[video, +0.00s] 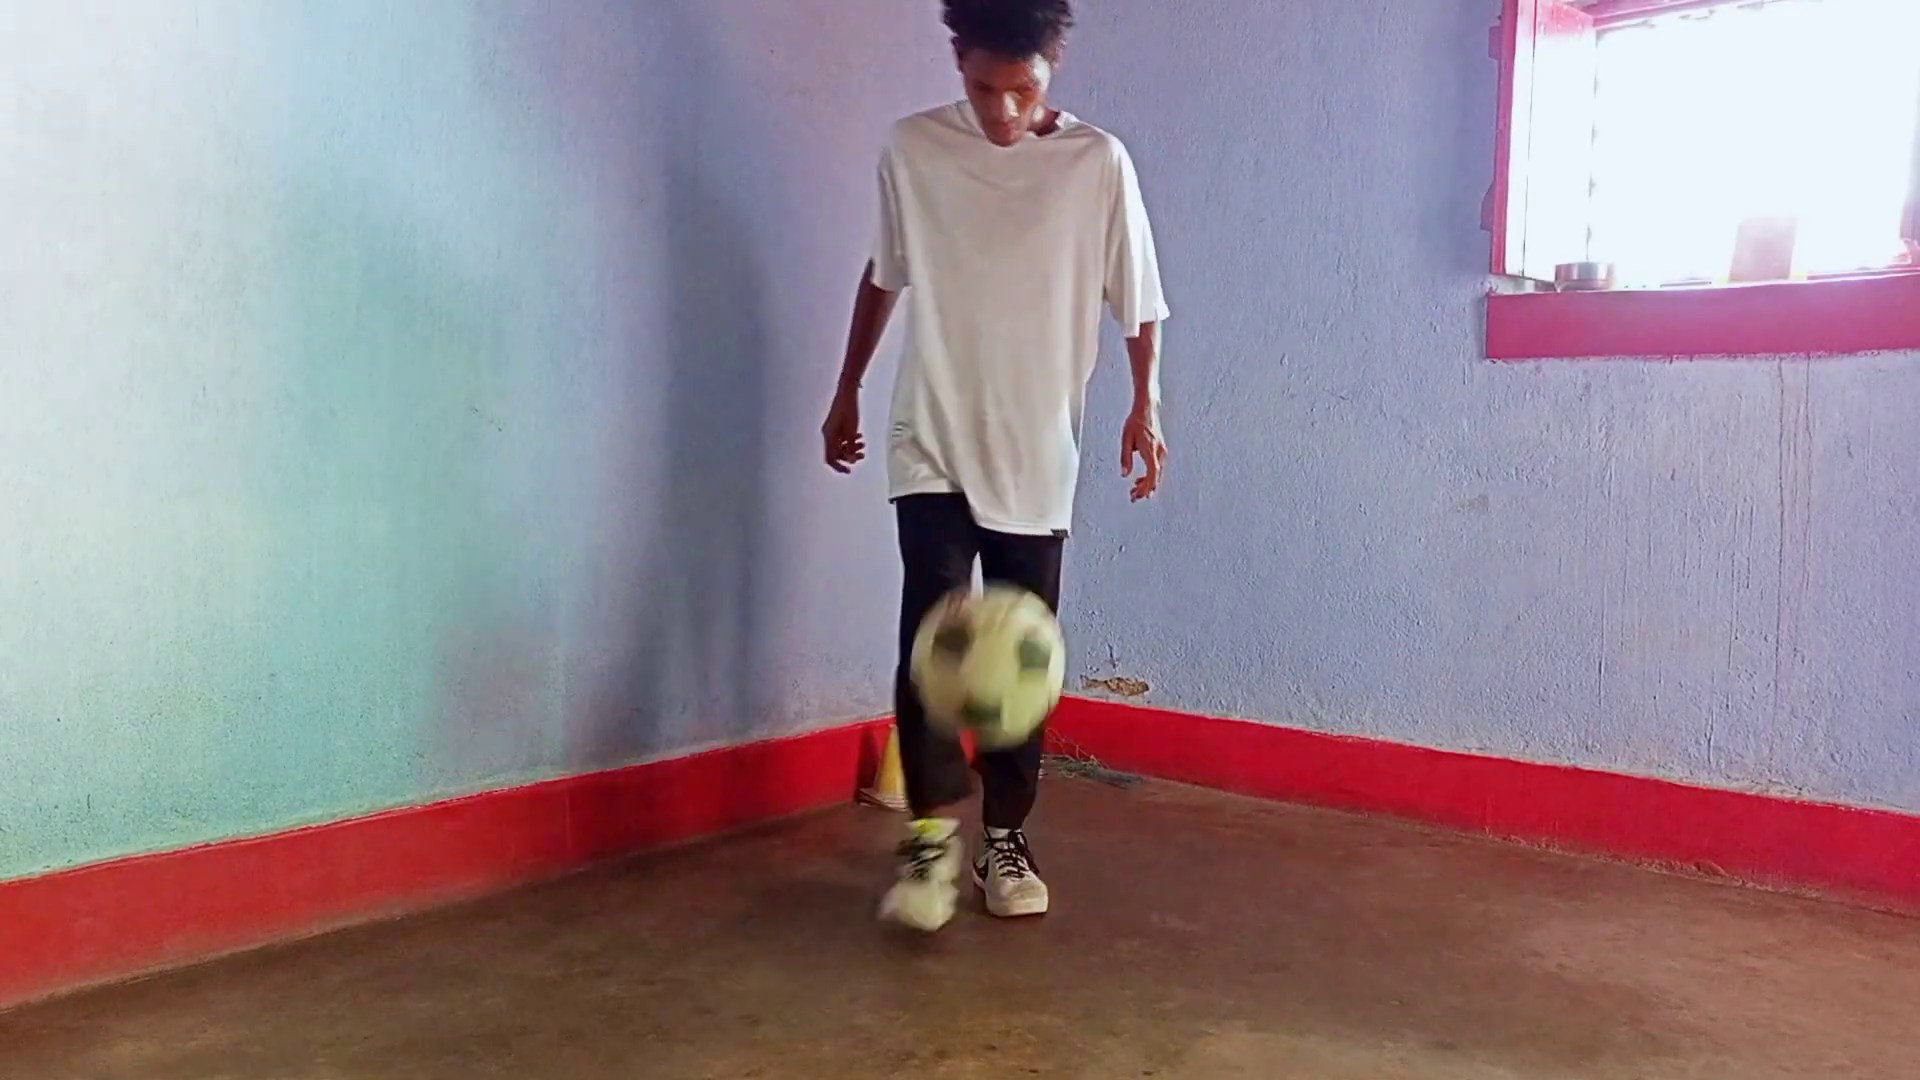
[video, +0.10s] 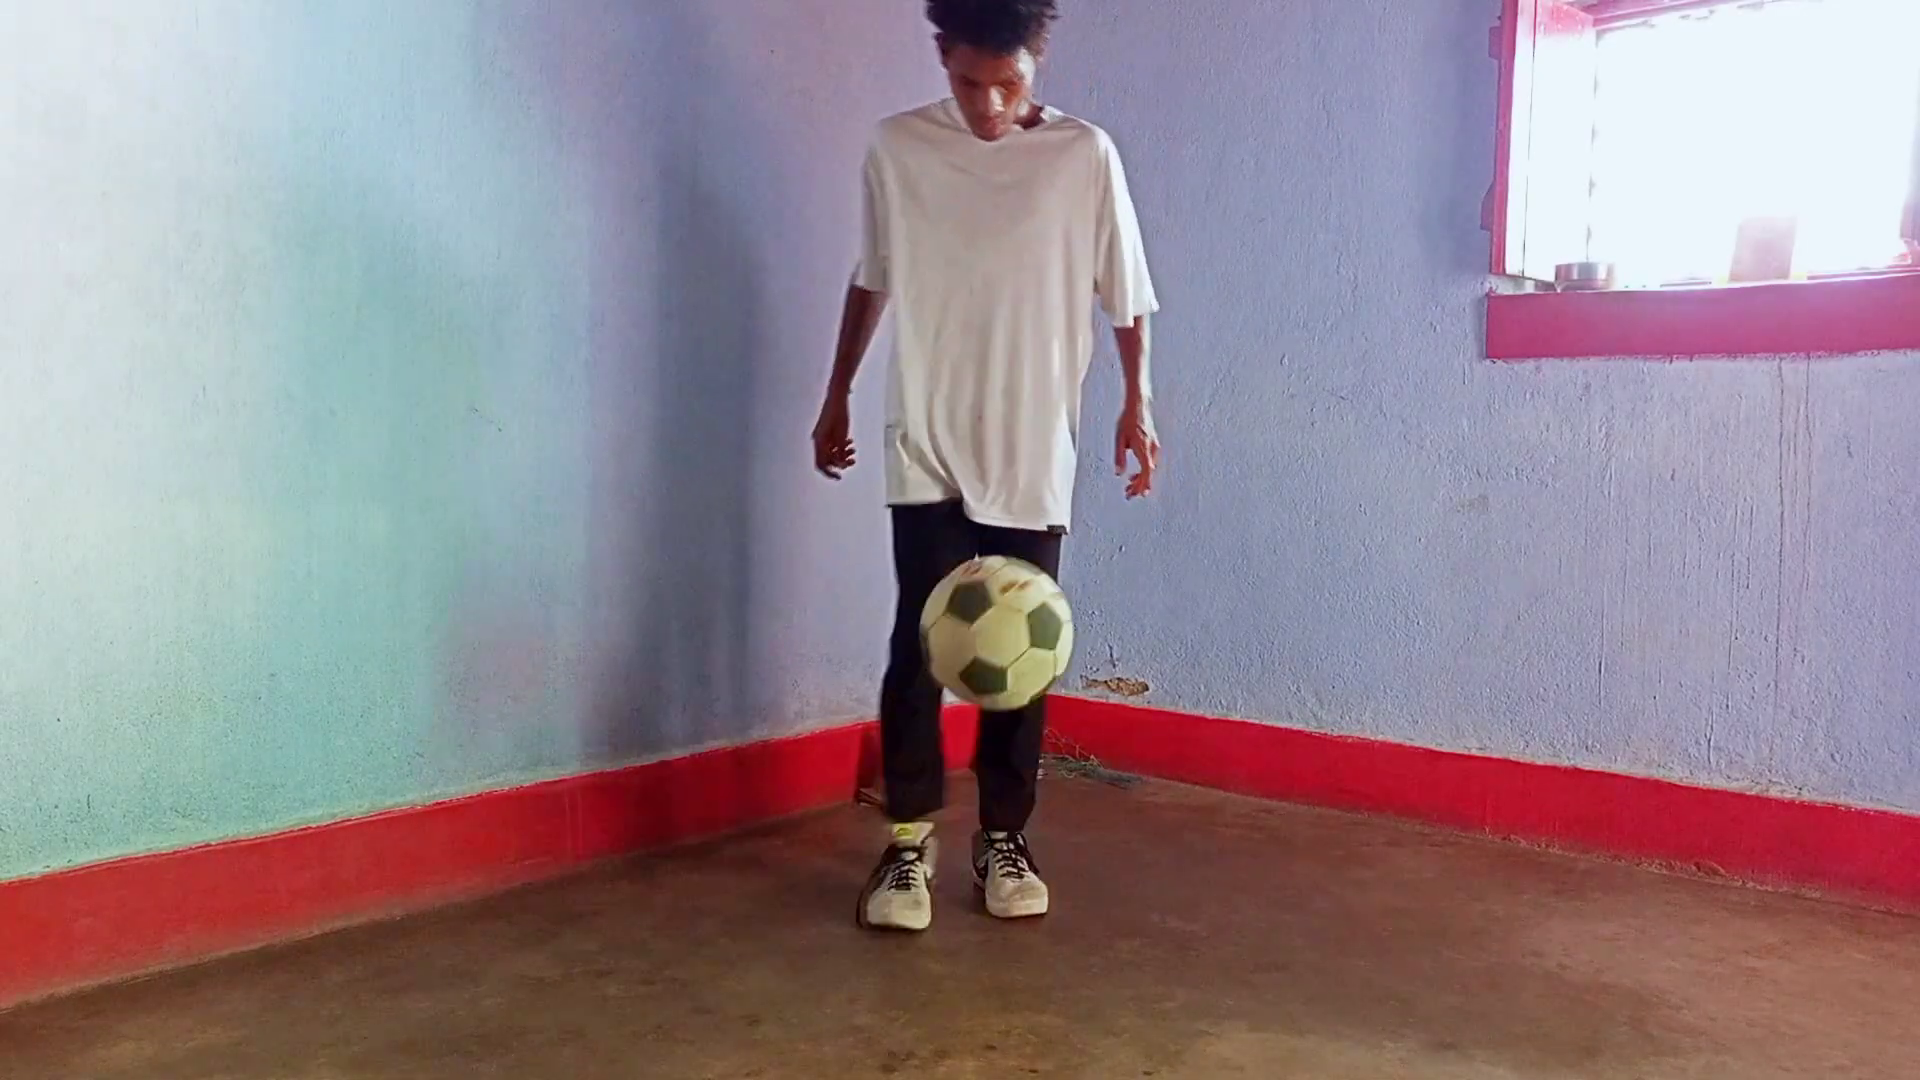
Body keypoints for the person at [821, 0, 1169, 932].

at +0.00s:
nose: (1004, 110)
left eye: (1024, 91)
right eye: (987, 89)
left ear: (1056, 67)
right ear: (960, 61)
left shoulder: (1098, 161)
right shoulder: (913, 148)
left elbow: (1138, 297)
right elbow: (883, 276)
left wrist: (1145, 408)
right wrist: (847, 391)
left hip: (1036, 439)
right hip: (929, 430)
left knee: (1026, 645)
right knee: (930, 630)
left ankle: (1006, 841)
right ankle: (930, 841)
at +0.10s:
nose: (989, 105)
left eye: (1007, 86)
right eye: (971, 85)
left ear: (1039, 60)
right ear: (943, 56)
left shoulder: (1085, 154)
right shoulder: (898, 147)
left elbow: (1127, 293)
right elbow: (871, 280)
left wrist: (1138, 409)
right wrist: (836, 395)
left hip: (1035, 442)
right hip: (926, 438)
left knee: (1022, 650)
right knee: (918, 646)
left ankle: (1005, 844)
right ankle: (910, 844)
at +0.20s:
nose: (972, 104)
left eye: (990, 85)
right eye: (954, 86)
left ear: (1018, 56)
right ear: (922, 56)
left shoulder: (1063, 149)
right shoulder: (876, 150)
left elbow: (1105, 287)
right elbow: (846, 290)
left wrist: (1120, 401)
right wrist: (822, 410)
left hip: (1022, 446)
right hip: (911, 446)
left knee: (1016, 652)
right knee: (905, 652)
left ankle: (1007, 840)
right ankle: (906, 846)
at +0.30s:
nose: (967, 106)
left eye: (985, 84)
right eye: (950, 86)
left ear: (1009, 57)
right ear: (914, 54)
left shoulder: (1054, 152)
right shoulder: (867, 154)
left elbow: (1092, 290)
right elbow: (835, 294)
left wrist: (1111, 406)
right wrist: (811, 415)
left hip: (1015, 448)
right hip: (907, 447)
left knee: (1011, 661)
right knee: (905, 661)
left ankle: (1005, 838)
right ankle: (904, 848)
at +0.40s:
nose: (973, 116)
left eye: (992, 96)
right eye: (955, 96)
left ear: (1017, 71)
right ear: (919, 59)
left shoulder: (1054, 153)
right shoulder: (867, 152)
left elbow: (1084, 288)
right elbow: (825, 288)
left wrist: (1103, 400)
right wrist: (799, 405)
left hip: (1013, 449)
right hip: (904, 448)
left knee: (1009, 648)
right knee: (902, 658)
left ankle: (1012, 835)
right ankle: (903, 850)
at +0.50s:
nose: (979, 111)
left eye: (998, 89)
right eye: (961, 88)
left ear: (1023, 64)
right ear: (928, 55)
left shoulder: (1061, 149)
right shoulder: (871, 145)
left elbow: (1085, 284)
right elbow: (827, 279)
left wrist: (1104, 398)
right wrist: (798, 394)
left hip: (1019, 449)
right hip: (904, 447)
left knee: (1015, 655)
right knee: (897, 659)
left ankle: (1015, 839)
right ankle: (903, 855)